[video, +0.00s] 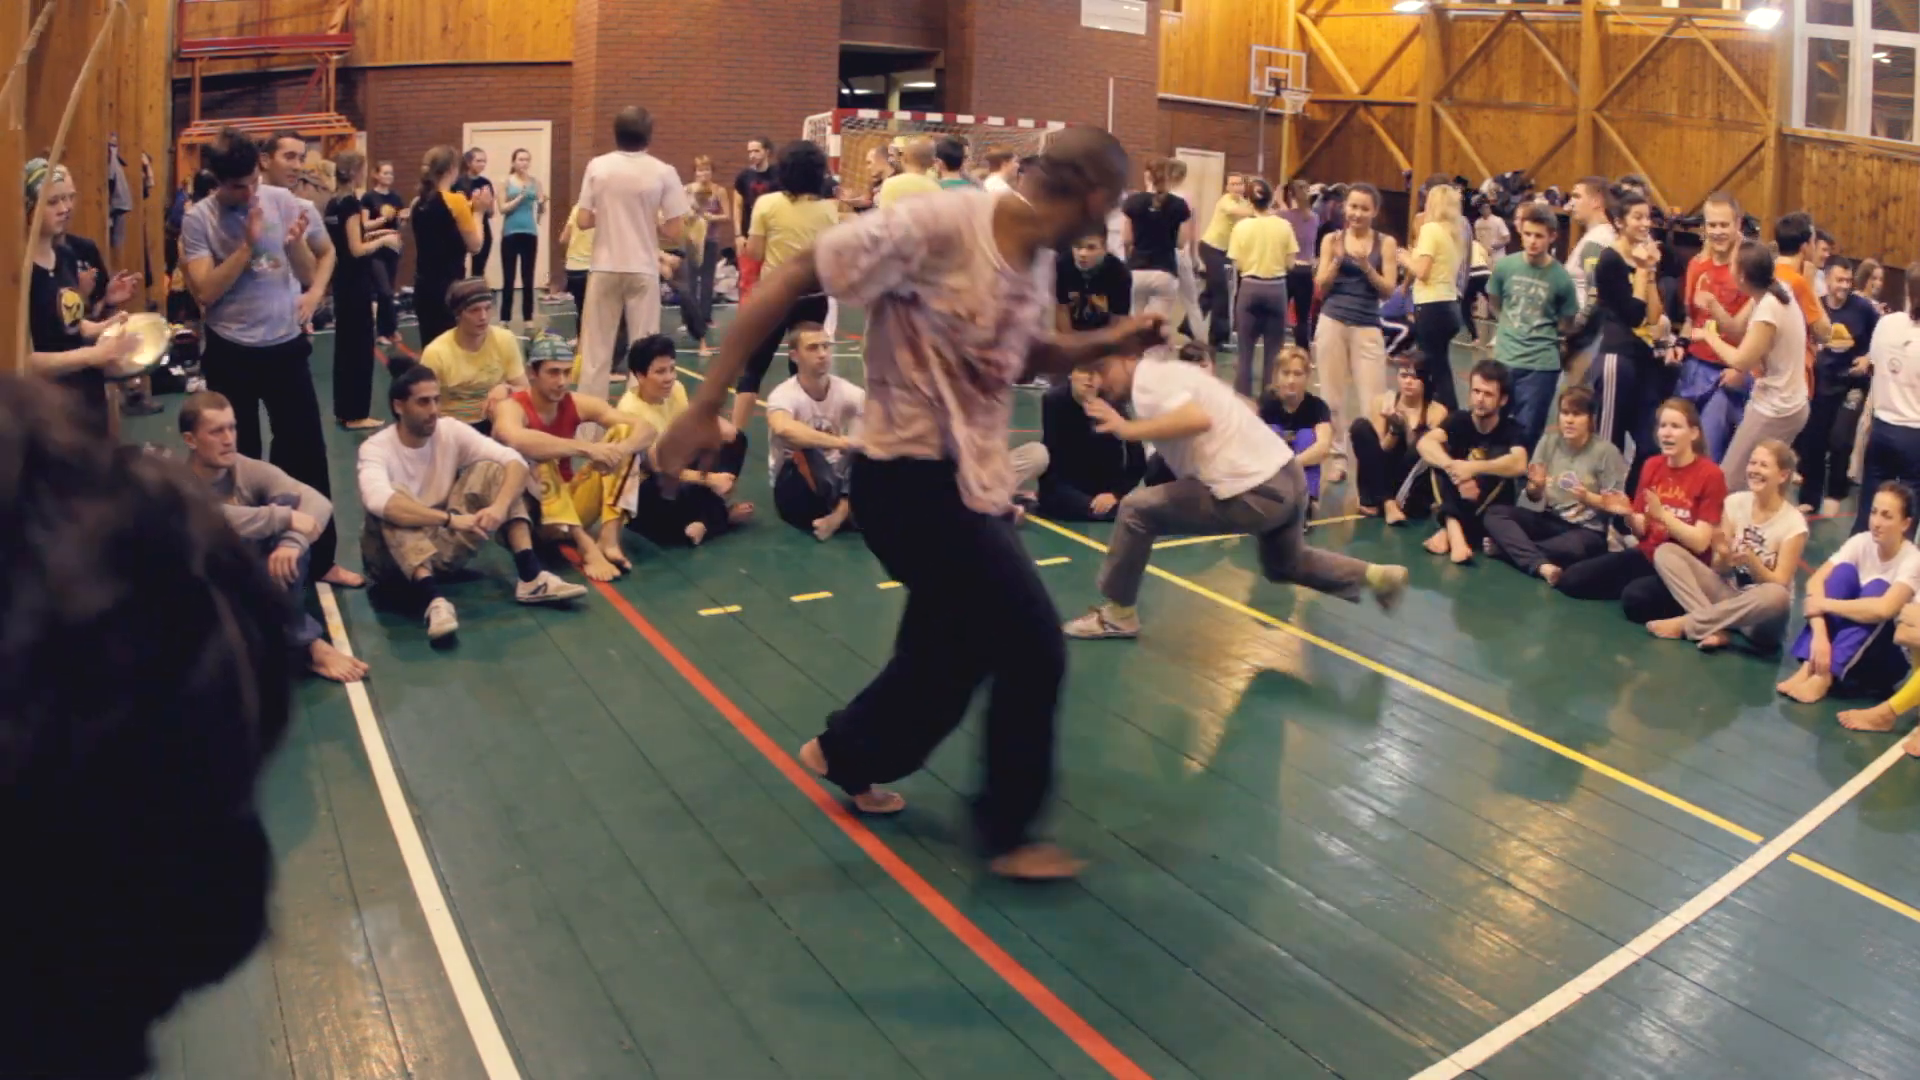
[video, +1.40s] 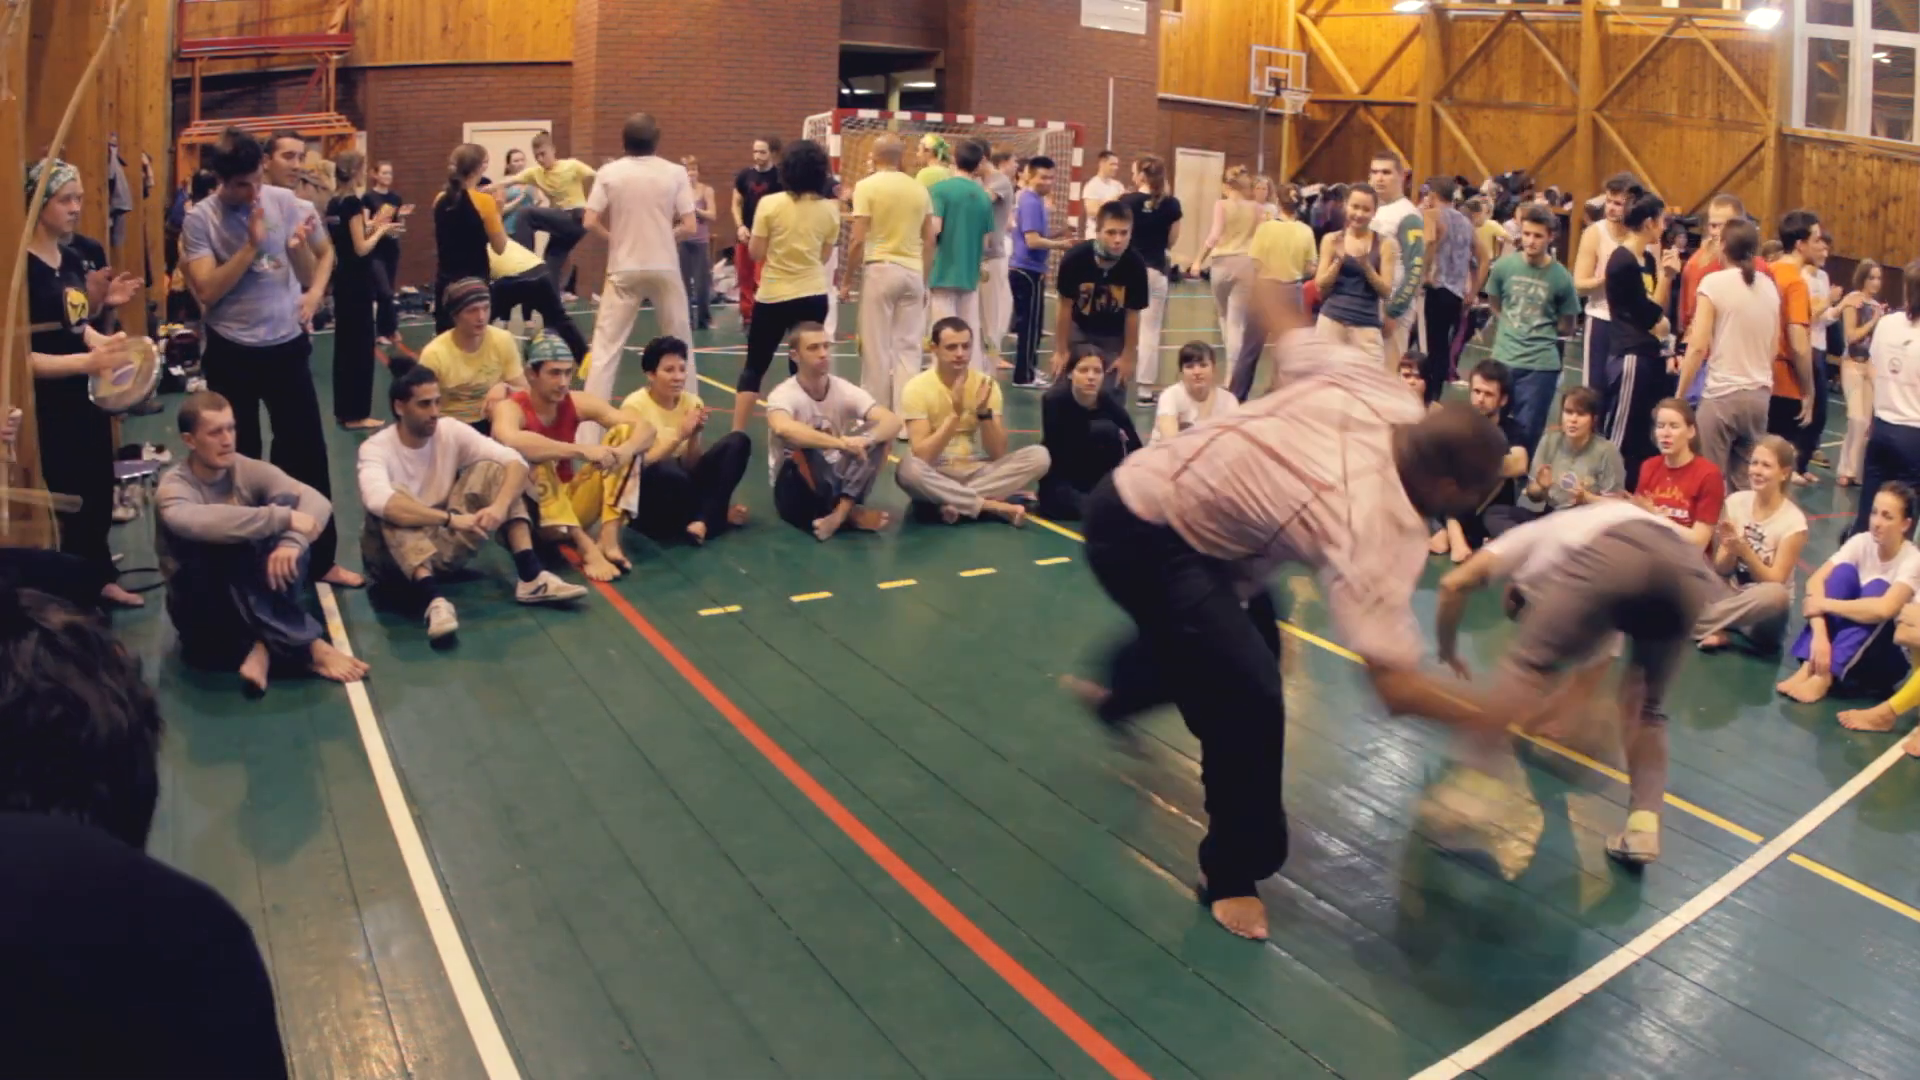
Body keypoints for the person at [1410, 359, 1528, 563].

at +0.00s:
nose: (1480, 399)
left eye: (1488, 394)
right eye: (1476, 392)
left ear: (1503, 400)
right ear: (1469, 393)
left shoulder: (1511, 428)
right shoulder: (1458, 419)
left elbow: (1519, 464)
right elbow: (1425, 444)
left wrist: (1472, 467)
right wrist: (1458, 474)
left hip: (1493, 508)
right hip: (1454, 502)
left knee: (1500, 459)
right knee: (1437, 459)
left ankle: (1448, 529)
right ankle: (1454, 529)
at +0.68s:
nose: (1479, 400)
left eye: (1487, 395)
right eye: (1475, 392)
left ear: (1503, 400)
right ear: (1469, 392)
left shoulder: (1511, 429)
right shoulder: (1457, 420)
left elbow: (1519, 464)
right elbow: (1432, 441)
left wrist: (1471, 468)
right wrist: (1459, 475)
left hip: (1491, 508)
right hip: (1454, 499)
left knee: (1501, 461)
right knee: (1435, 463)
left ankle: (1448, 528)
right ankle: (1454, 529)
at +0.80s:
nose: (1480, 400)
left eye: (1488, 395)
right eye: (1476, 392)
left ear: (1503, 400)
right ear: (1470, 392)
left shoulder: (1511, 428)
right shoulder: (1456, 421)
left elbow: (1519, 464)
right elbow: (1433, 448)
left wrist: (1474, 471)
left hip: (1496, 493)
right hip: (1457, 486)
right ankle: (1457, 537)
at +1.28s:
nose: (1480, 400)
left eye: (1488, 394)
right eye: (1476, 392)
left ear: (1503, 400)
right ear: (1470, 393)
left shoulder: (1511, 429)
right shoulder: (1458, 419)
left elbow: (1519, 464)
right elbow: (1425, 444)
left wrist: (1472, 468)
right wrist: (1455, 470)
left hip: (1496, 503)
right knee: (1436, 458)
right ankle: (1451, 523)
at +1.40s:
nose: (1480, 400)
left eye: (1488, 394)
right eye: (1476, 392)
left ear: (1503, 400)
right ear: (1470, 392)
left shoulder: (1512, 428)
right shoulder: (1460, 424)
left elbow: (1519, 465)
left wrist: (1473, 471)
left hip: (1495, 506)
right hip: (1455, 498)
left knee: (1501, 471)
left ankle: (1447, 530)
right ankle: (1455, 533)